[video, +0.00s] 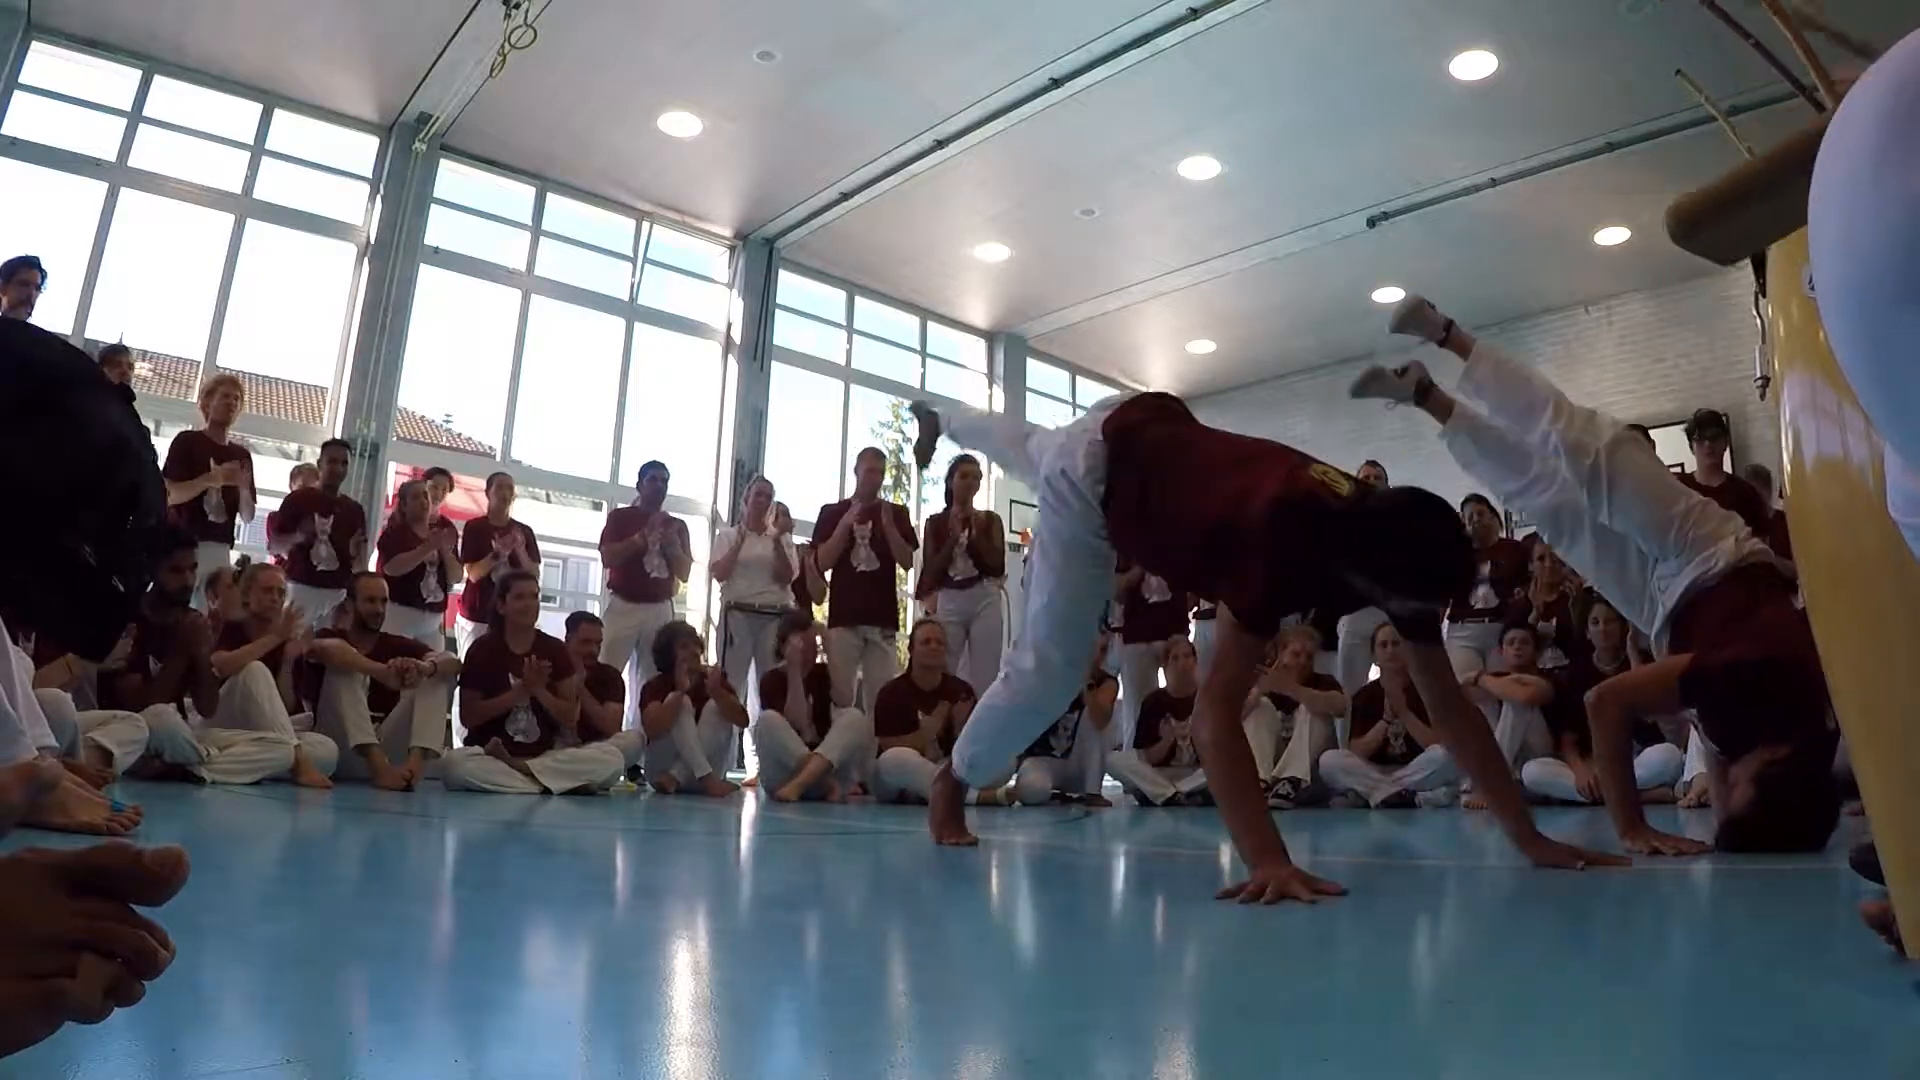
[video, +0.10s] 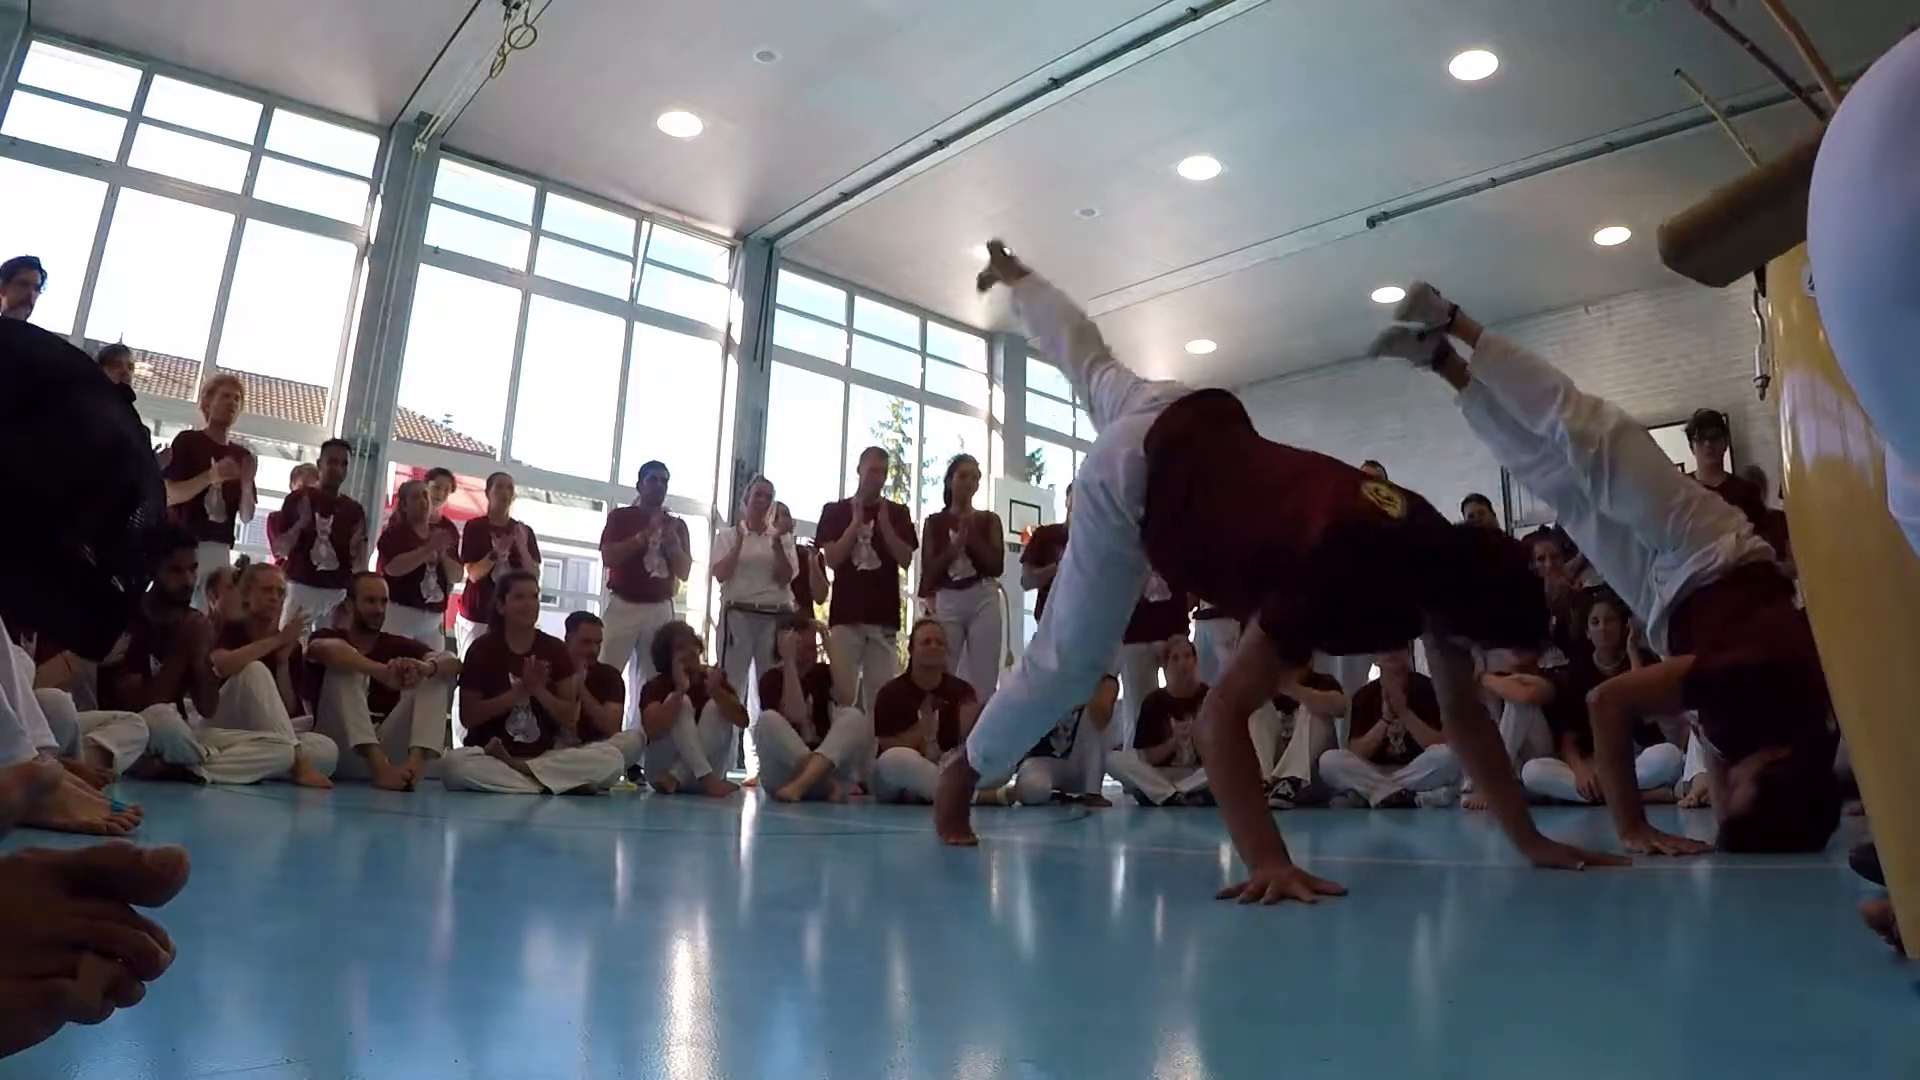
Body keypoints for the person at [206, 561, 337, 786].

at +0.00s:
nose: (275, 598)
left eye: (280, 592)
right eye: (267, 591)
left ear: (286, 598)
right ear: (247, 595)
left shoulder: (288, 641)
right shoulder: (231, 630)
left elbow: (288, 707)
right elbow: (221, 666)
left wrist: (288, 661)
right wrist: (277, 637)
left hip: (268, 733)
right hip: (224, 724)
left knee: (327, 752)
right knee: (254, 670)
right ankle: (299, 761)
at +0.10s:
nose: (275, 598)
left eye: (280, 592)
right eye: (267, 590)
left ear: (285, 598)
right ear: (247, 595)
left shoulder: (291, 646)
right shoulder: (229, 630)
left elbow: (291, 711)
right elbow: (222, 665)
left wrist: (283, 662)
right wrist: (281, 639)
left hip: (271, 734)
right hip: (224, 725)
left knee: (327, 751)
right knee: (254, 671)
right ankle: (299, 762)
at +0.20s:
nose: (274, 597)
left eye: (279, 592)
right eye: (266, 590)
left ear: (284, 598)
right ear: (246, 594)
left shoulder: (289, 644)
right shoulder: (225, 630)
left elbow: (290, 710)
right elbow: (223, 664)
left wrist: (285, 661)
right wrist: (279, 639)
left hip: (271, 732)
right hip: (224, 725)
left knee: (326, 751)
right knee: (254, 671)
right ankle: (298, 762)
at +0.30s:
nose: (273, 597)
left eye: (279, 591)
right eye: (265, 590)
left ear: (284, 598)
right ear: (245, 594)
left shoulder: (285, 639)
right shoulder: (225, 629)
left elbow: (288, 708)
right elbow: (222, 667)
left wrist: (290, 654)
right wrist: (274, 637)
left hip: (270, 731)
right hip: (226, 724)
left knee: (326, 751)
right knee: (254, 671)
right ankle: (298, 761)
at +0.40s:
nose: (273, 597)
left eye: (278, 591)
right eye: (264, 590)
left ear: (283, 597)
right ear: (245, 594)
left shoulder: (284, 641)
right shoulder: (228, 631)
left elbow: (288, 707)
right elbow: (219, 667)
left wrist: (290, 659)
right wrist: (270, 639)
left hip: (269, 731)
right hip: (224, 723)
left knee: (326, 751)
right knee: (254, 671)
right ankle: (298, 762)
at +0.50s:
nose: (272, 597)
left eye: (278, 591)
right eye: (264, 590)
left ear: (283, 597)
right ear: (245, 594)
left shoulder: (287, 640)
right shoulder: (229, 630)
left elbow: (288, 707)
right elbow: (220, 667)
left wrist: (288, 657)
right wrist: (273, 638)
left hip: (269, 732)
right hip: (224, 723)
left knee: (326, 751)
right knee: (254, 671)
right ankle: (298, 761)